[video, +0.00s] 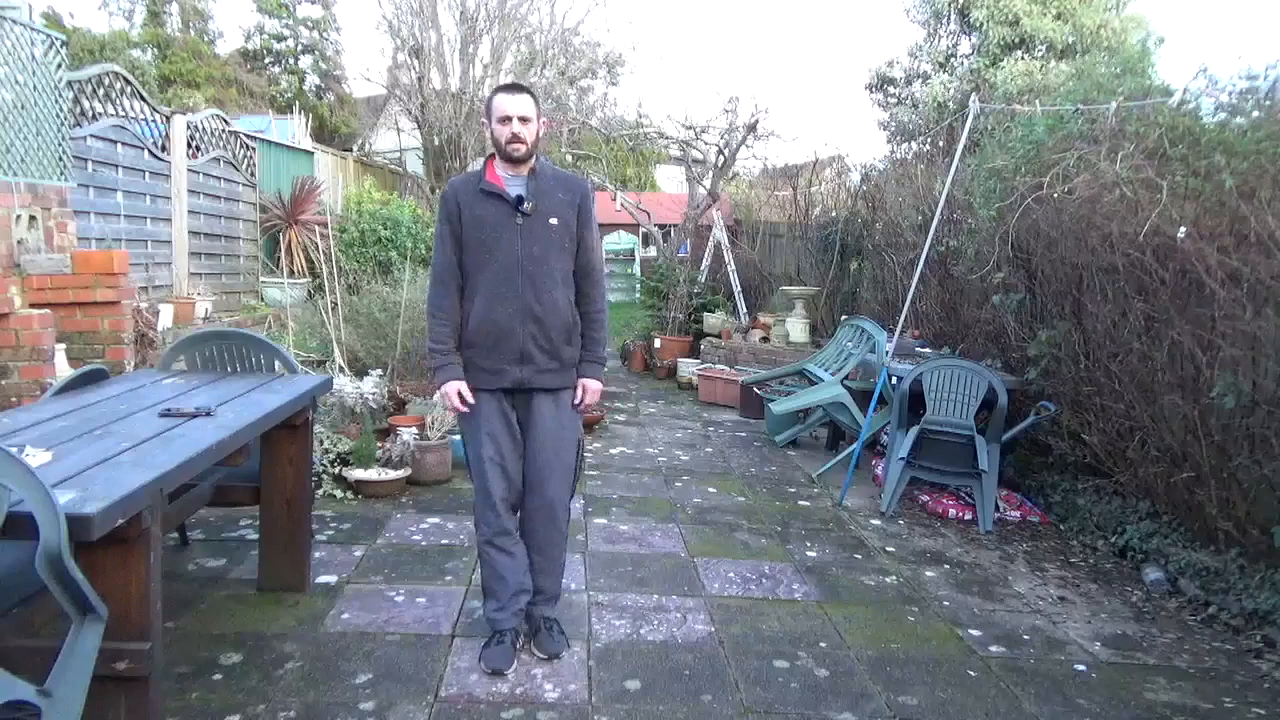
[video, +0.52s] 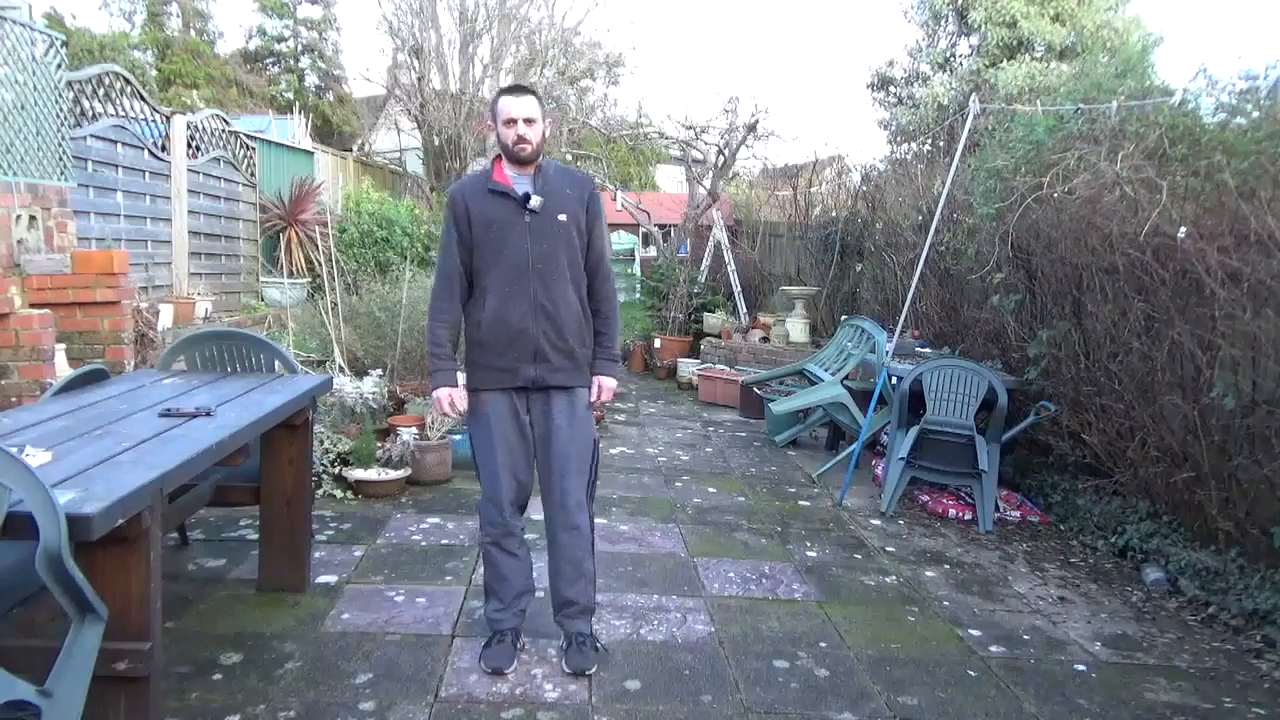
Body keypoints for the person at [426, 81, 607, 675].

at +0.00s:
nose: (515, 129)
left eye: (524, 119)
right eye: (504, 120)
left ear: (540, 126)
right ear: (488, 128)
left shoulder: (573, 192)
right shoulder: (460, 194)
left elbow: (592, 286)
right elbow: (443, 288)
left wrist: (593, 365)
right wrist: (446, 367)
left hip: (557, 373)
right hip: (483, 374)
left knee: (549, 500)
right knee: (495, 503)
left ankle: (546, 608)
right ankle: (503, 620)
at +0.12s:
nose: (511, 131)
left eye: (519, 121)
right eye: (500, 122)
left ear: (536, 127)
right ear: (484, 130)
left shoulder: (570, 191)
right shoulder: (457, 197)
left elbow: (592, 283)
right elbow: (442, 295)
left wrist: (599, 362)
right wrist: (453, 372)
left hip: (559, 376)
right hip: (483, 379)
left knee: (565, 500)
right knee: (493, 509)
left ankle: (550, 606)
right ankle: (503, 621)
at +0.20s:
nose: (510, 132)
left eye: (518, 122)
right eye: (499, 123)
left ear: (534, 128)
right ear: (483, 131)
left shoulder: (568, 190)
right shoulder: (456, 198)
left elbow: (591, 282)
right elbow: (441, 296)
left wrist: (599, 360)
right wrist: (451, 374)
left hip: (558, 375)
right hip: (482, 379)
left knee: (575, 495)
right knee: (493, 508)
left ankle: (559, 602)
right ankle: (503, 621)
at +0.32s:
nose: (511, 130)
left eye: (519, 121)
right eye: (500, 122)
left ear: (534, 126)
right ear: (483, 130)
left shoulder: (569, 188)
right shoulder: (458, 195)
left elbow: (592, 281)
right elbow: (443, 292)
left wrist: (597, 359)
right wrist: (447, 374)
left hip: (560, 374)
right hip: (484, 377)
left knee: (575, 500)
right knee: (495, 510)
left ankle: (576, 618)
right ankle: (504, 623)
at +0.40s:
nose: (514, 132)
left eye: (522, 122)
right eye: (503, 123)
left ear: (538, 126)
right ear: (486, 131)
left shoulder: (573, 189)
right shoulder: (459, 196)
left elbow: (594, 282)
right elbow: (442, 293)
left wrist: (597, 361)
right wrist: (444, 374)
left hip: (561, 374)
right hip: (485, 377)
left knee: (573, 508)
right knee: (496, 512)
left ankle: (580, 623)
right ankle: (503, 624)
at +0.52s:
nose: (521, 130)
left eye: (529, 121)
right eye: (510, 122)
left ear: (545, 126)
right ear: (494, 130)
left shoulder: (579, 189)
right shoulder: (467, 195)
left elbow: (601, 282)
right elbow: (447, 290)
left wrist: (606, 361)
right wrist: (444, 370)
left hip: (568, 372)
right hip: (492, 374)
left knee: (571, 509)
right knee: (500, 511)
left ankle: (578, 626)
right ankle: (503, 625)